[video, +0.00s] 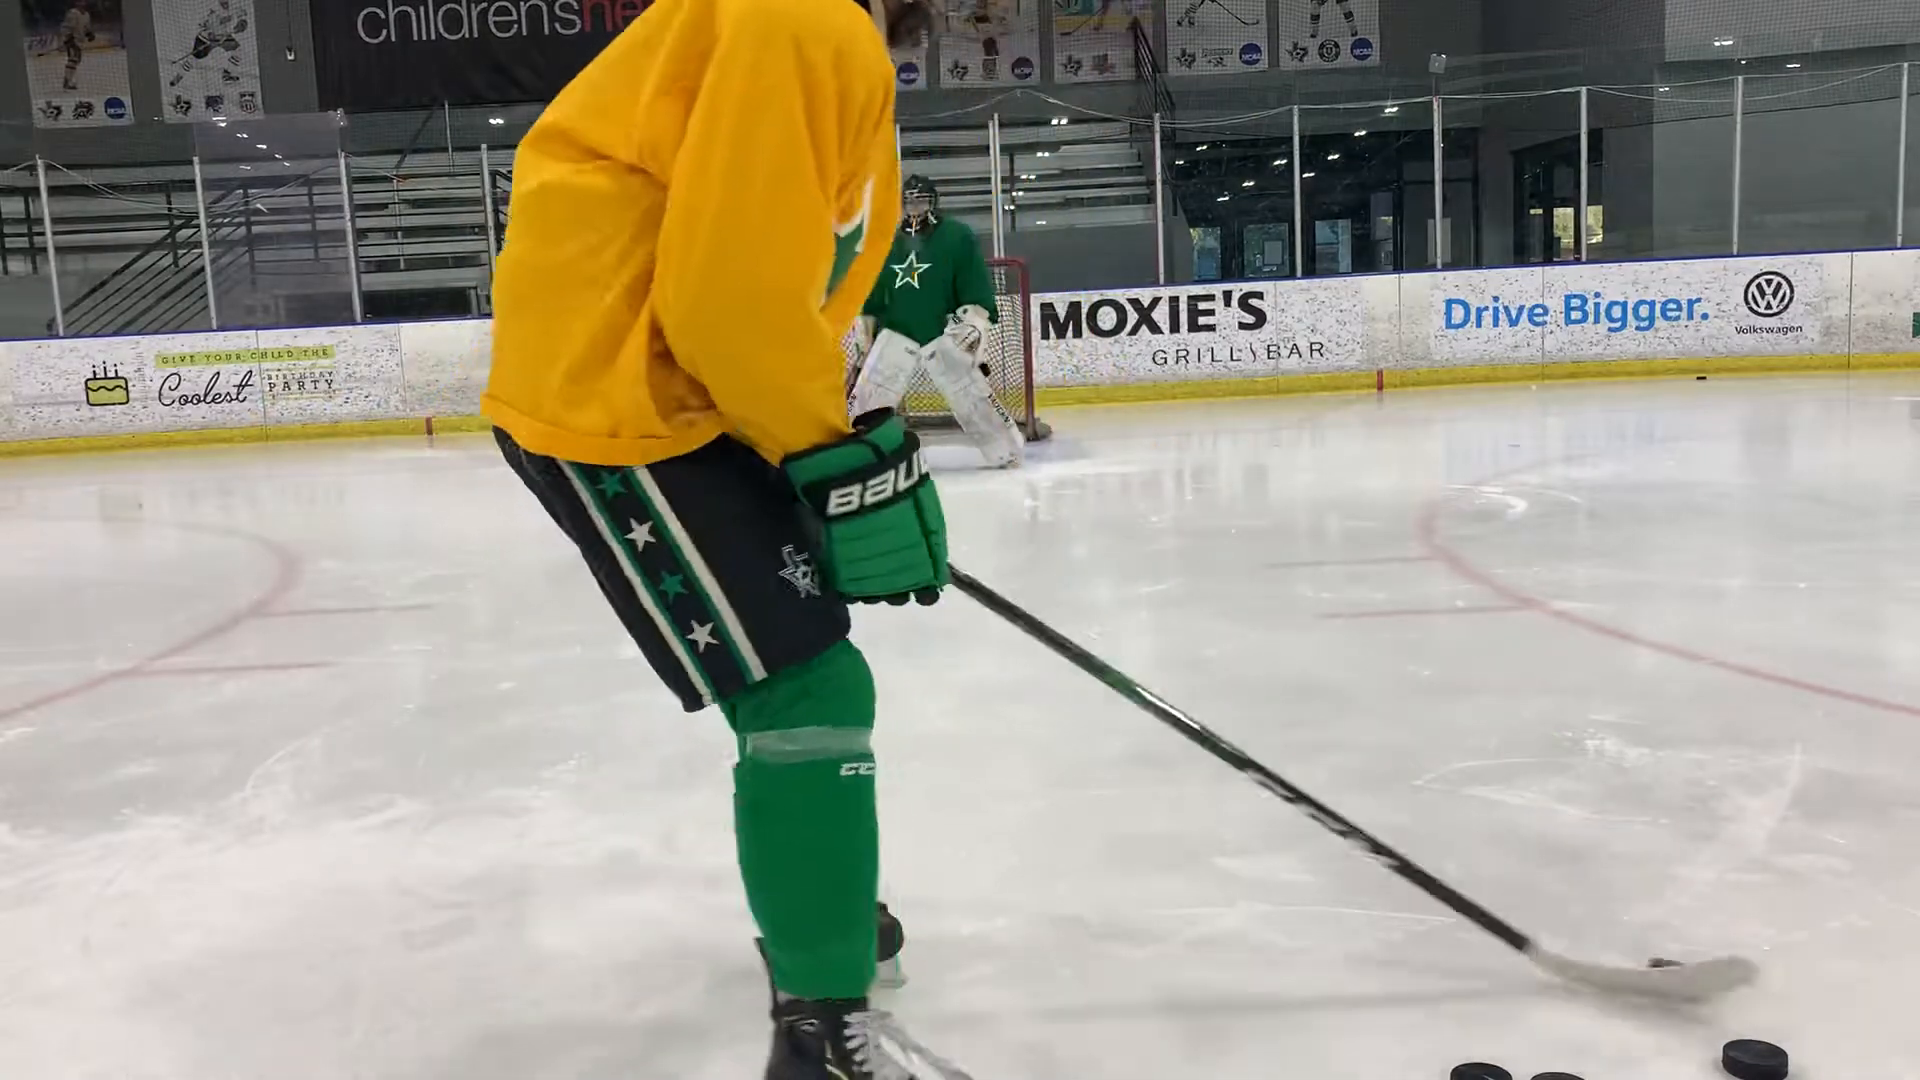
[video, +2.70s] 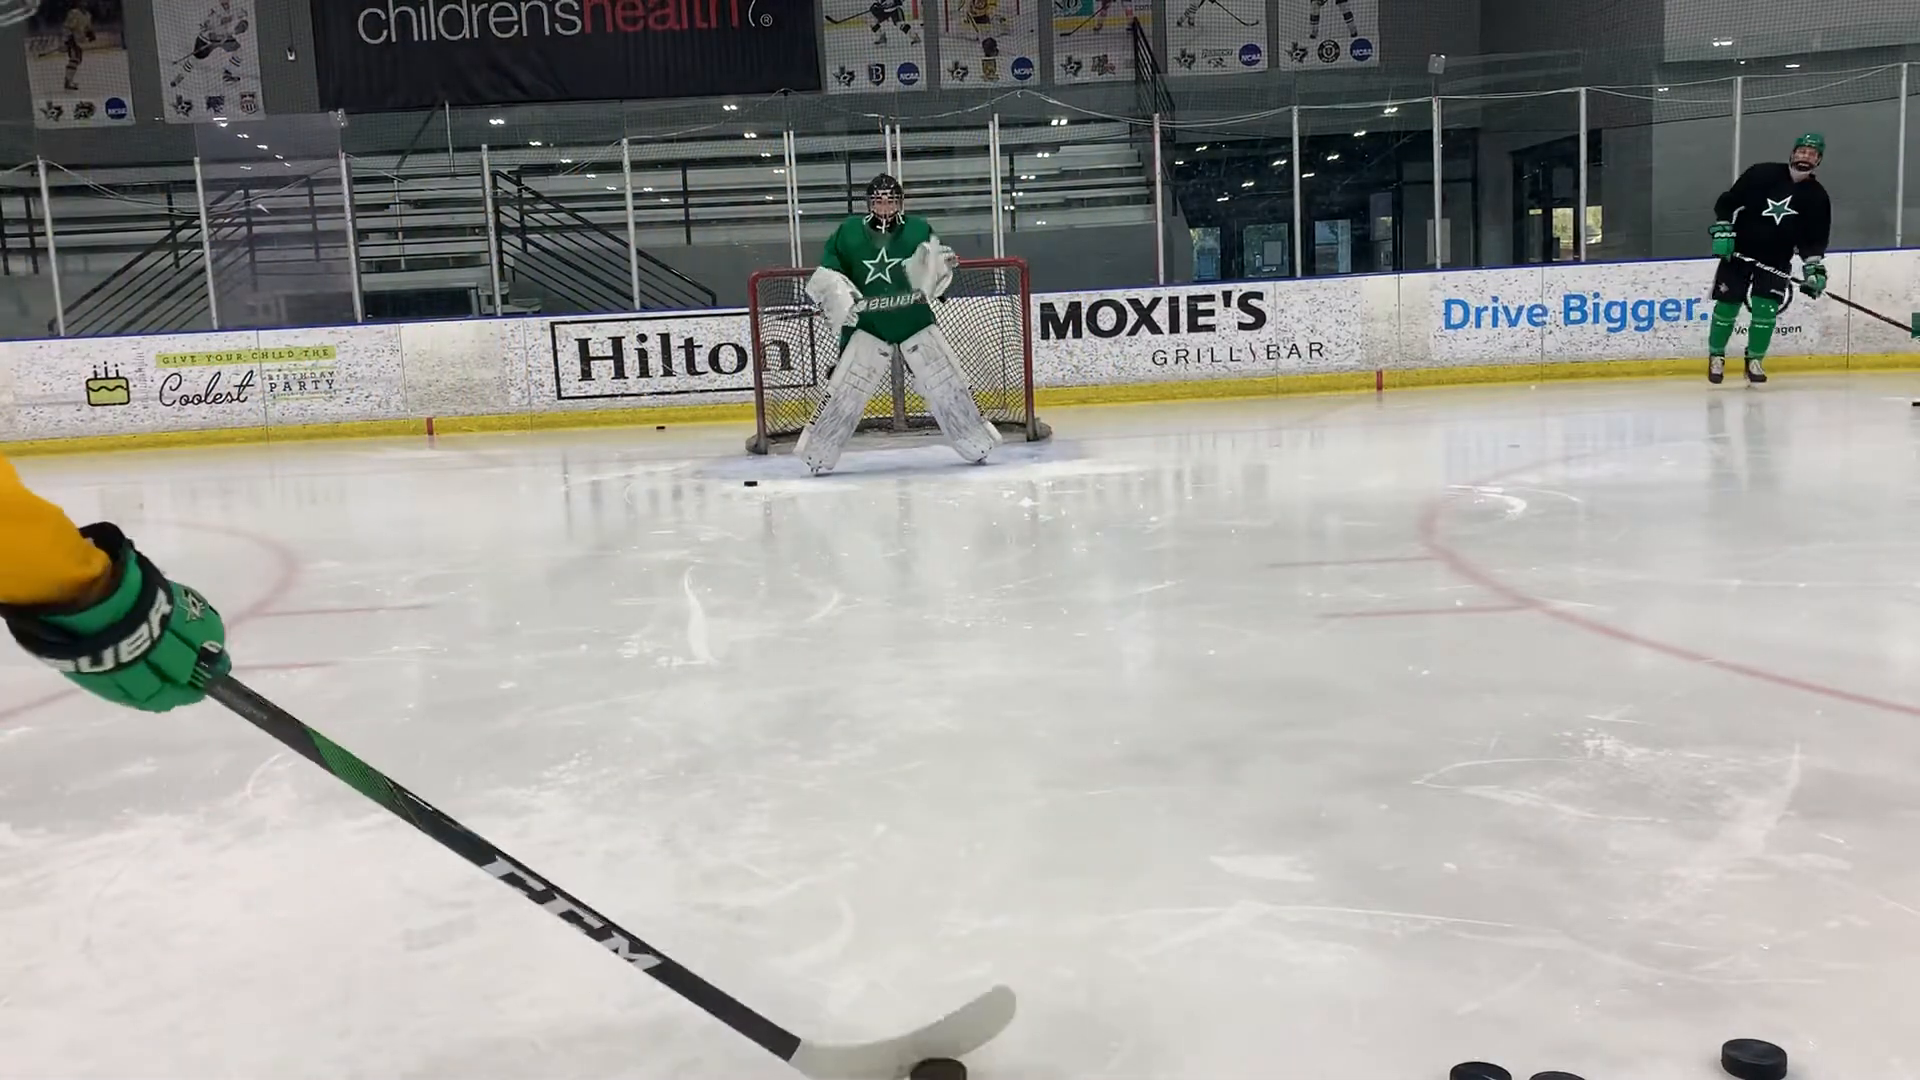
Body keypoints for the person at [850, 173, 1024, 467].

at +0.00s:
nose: (915, 208)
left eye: (922, 201)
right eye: (909, 201)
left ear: (932, 203)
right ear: (901, 204)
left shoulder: (955, 235)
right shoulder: (887, 239)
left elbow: (977, 284)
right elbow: (872, 293)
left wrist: (971, 326)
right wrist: (865, 338)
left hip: (942, 331)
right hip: (896, 333)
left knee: (971, 398)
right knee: (870, 397)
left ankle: (1006, 456)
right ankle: (861, 466)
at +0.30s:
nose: (882, 215)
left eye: (888, 209)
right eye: (876, 210)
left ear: (897, 211)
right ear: (867, 213)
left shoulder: (917, 239)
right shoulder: (850, 245)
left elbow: (940, 282)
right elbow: (836, 293)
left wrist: (948, 312)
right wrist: (833, 338)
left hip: (920, 331)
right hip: (875, 336)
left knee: (958, 388)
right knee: (864, 398)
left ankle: (992, 445)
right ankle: (844, 457)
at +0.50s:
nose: (864, 209)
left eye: (869, 203)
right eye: (858, 204)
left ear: (879, 205)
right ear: (849, 206)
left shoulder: (898, 235)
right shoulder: (833, 238)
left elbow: (919, 278)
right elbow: (817, 284)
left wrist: (925, 307)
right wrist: (812, 327)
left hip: (902, 325)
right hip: (855, 328)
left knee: (933, 382)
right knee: (845, 391)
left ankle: (953, 441)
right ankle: (830, 451)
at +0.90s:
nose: (851, 205)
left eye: (856, 200)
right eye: (845, 200)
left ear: (865, 202)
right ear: (837, 202)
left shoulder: (883, 231)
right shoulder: (818, 231)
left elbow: (903, 272)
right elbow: (798, 274)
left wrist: (912, 305)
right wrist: (793, 306)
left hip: (879, 323)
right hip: (831, 324)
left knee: (894, 385)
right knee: (824, 386)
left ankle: (906, 439)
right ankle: (820, 441)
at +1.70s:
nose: (856, 203)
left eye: (861, 197)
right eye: (850, 198)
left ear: (869, 200)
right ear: (841, 201)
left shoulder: (887, 229)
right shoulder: (824, 229)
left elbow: (911, 264)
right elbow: (805, 265)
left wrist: (893, 270)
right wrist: (827, 278)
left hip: (884, 316)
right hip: (838, 318)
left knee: (901, 374)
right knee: (825, 377)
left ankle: (907, 433)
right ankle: (819, 436)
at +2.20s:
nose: (870, 205)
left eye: (876, 199)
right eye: (865, 199)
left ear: (885, 202)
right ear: (855, 203)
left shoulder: (901, 230)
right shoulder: (838, 232)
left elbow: (918, 270)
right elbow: (820, 275)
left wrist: (894, 280)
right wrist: (850, 283)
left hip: (900, 320)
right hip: (858, 321)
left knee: (926, 378)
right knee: (842, 386)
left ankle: (948, 440)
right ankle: (817, 449)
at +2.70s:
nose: (884, 204)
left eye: (890, 199)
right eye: (879, 199)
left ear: (900, 201)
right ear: (869, 202)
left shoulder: (918, 230)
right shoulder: (850, 232)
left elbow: (941, 268)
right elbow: (826, 276)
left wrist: (932, 274)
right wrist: (843, 303)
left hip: (915, 322)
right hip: (868, 326)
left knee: (946, 385)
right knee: (846, 393)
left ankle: (976, 448)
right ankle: (820, 458)